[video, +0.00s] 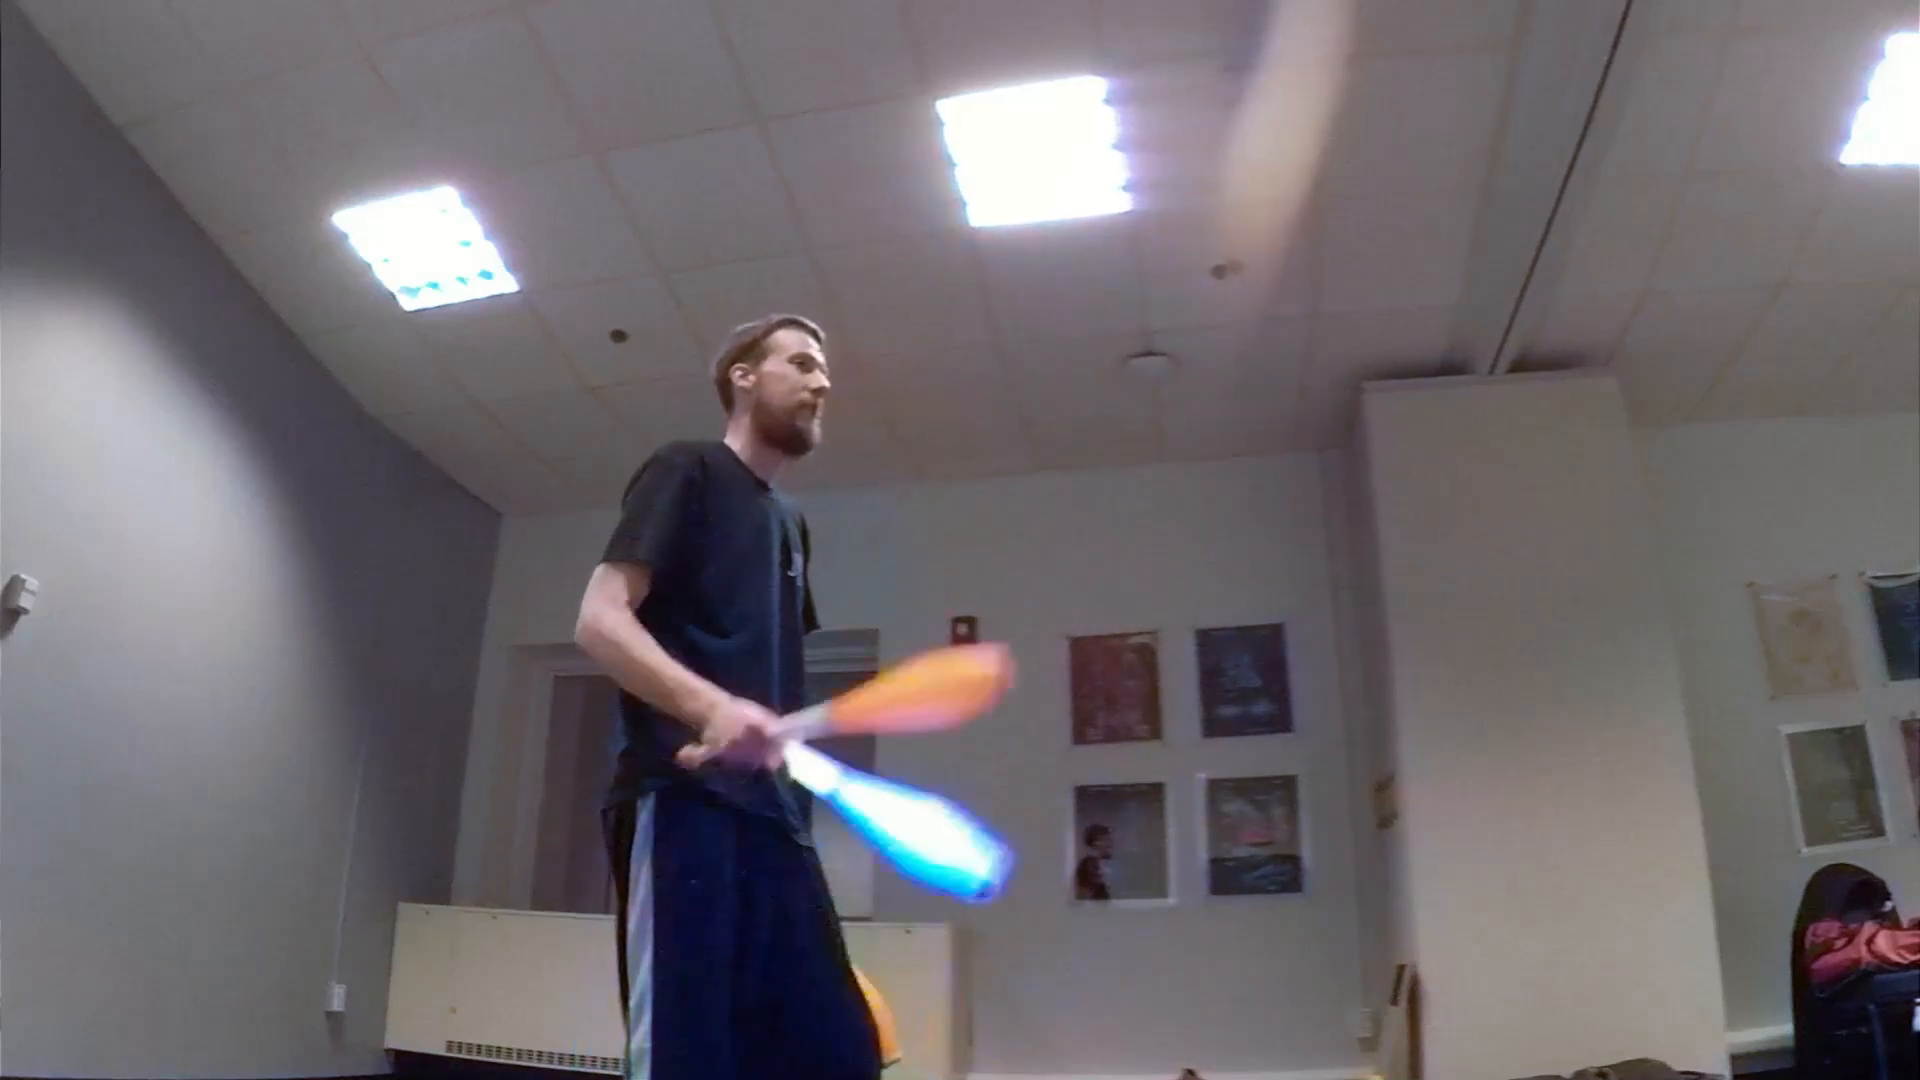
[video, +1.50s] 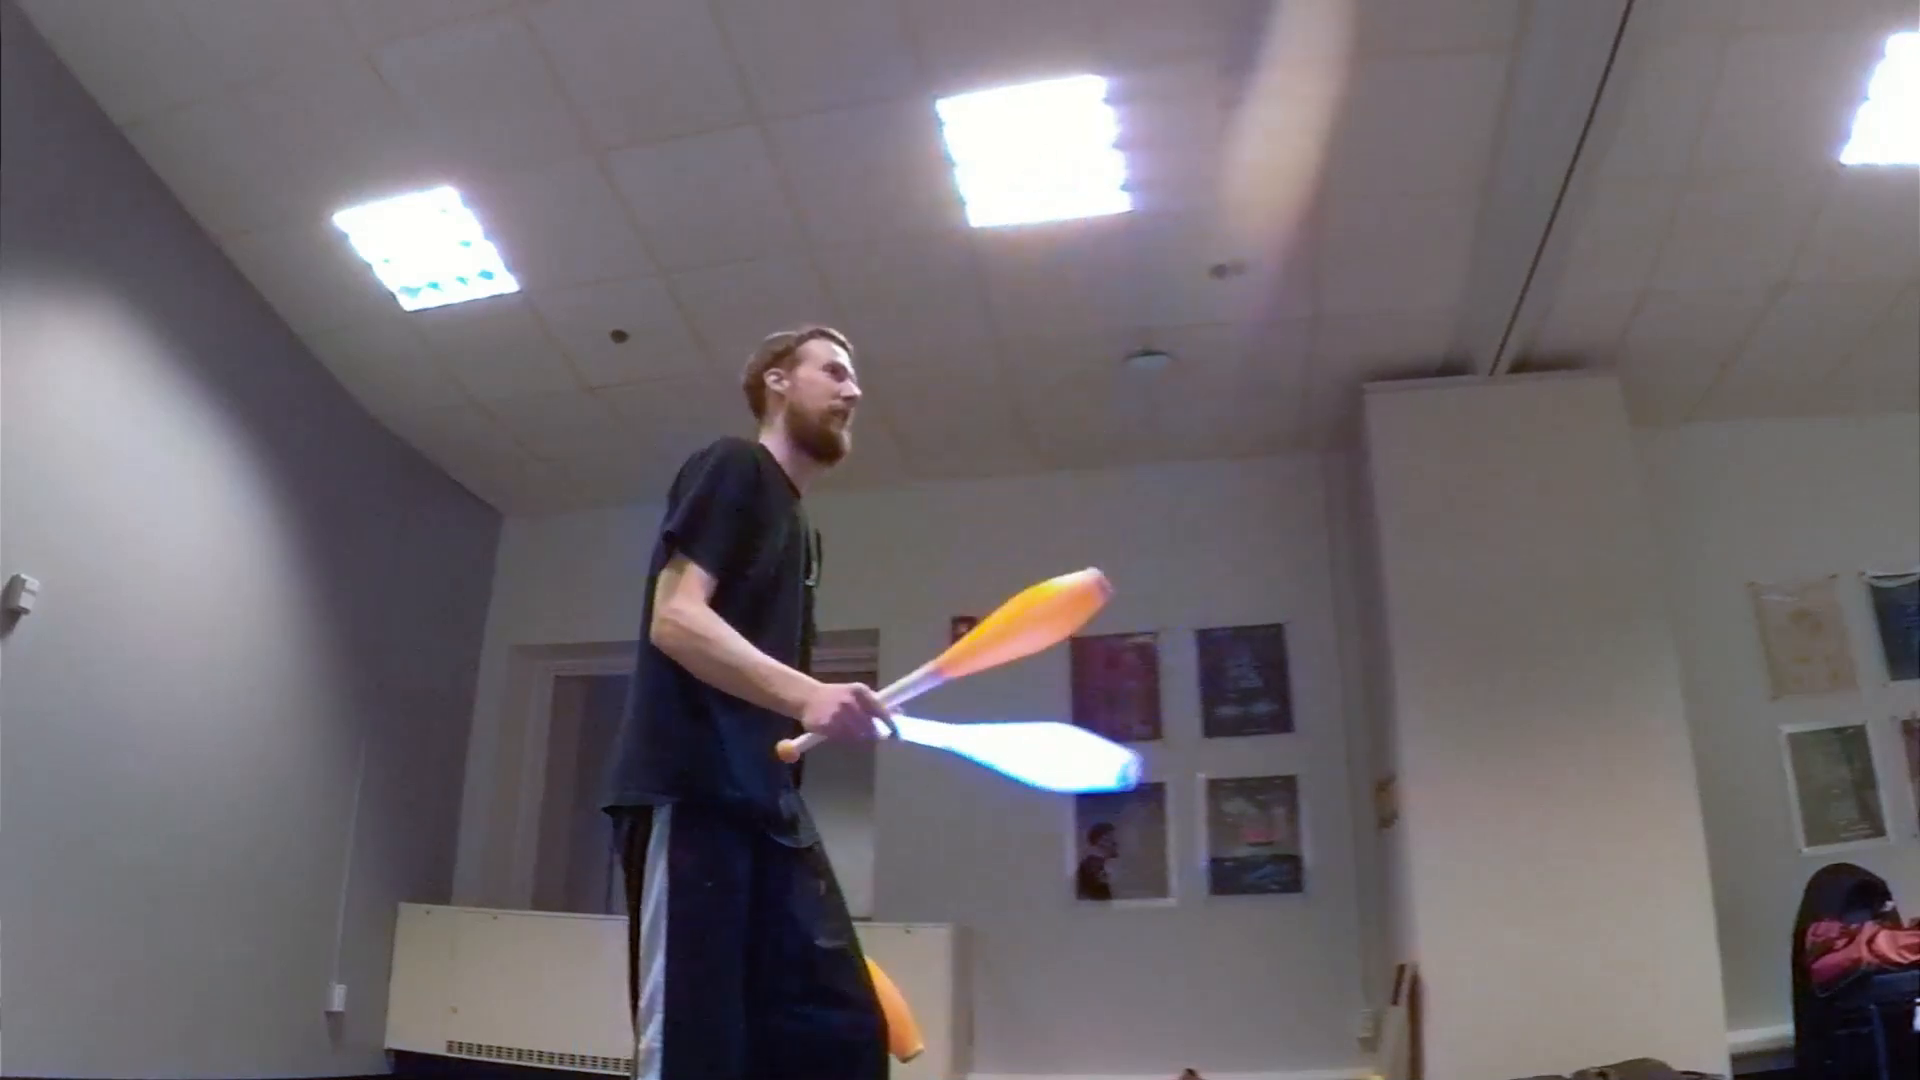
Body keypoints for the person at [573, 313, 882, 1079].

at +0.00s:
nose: (822, 381)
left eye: (824, 372)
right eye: (801, 362)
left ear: (822, 405)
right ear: (741, 379)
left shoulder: (790, 524)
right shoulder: (686, 470)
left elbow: (774, 670)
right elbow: (599, 618)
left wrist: (788, 740)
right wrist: (710, 709)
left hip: (771, 814)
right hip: (685, 806)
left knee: (836, 1046)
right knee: (683, 1050)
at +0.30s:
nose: (808, 388)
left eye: (813, 379)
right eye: (788, 368)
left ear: (808, 401)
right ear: (728, 383)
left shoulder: (769, 527)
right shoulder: (680, 453)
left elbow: (761, 665)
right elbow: (751, 487)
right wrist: (879, 348)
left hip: (761, 793)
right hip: (680, 783)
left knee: (816, 1028)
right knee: (677, 1024)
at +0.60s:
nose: (801, 389)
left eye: (806, 382)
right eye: (783, 372)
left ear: (800, 405)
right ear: (723, 385)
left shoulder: (761, 526)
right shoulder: (678, 458)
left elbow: (748, 665)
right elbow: (752, 464)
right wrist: (876, 322)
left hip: (755, 792)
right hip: (674, 782)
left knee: (815, 1027)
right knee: (680, 1023)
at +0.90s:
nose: (798, 397)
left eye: (802, 389)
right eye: (779, 379)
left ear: (794, 413)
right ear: (721, 389)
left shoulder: (760, 529)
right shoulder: (680, 456)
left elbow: (750, 659)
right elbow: (761, 480)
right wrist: (927, 407)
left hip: (756, 794)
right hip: (675, 785)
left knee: (815, 1030)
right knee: (673, 1024)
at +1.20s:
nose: (812, 392)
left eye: (814, 384)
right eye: (792, 373)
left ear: (808, 409)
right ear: (733, 385)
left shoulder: (753, 522)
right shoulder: (689, 456)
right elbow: (723, 550)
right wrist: (897, 533)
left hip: (759, 802)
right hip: (682, 794)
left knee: (820, 1037)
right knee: (685, 1037)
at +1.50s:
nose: (852, 390)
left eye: (854, 380)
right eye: (834, 370)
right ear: (775, 381)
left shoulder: (799, 527)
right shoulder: (735, 465)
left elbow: (766, 676)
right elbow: (675, 617)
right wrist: (805, 695)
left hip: (769, 803)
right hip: (692, 798)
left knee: (839, 1025)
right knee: (691, 1037)